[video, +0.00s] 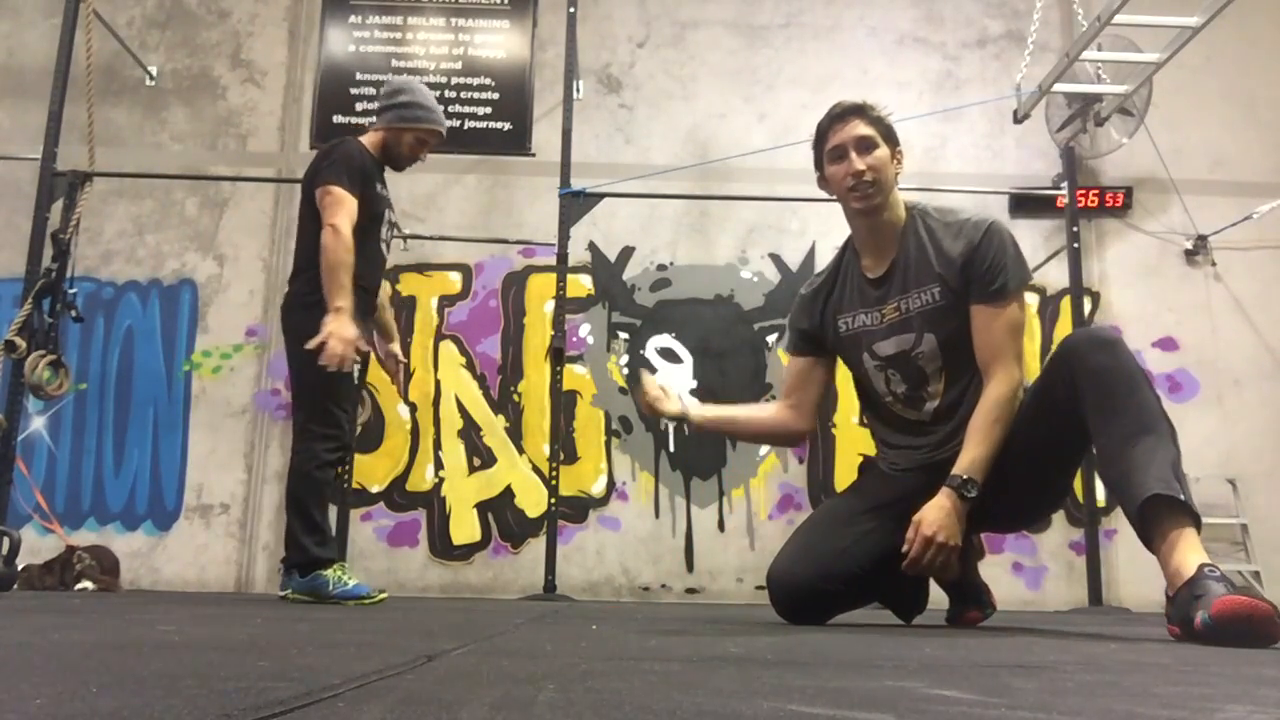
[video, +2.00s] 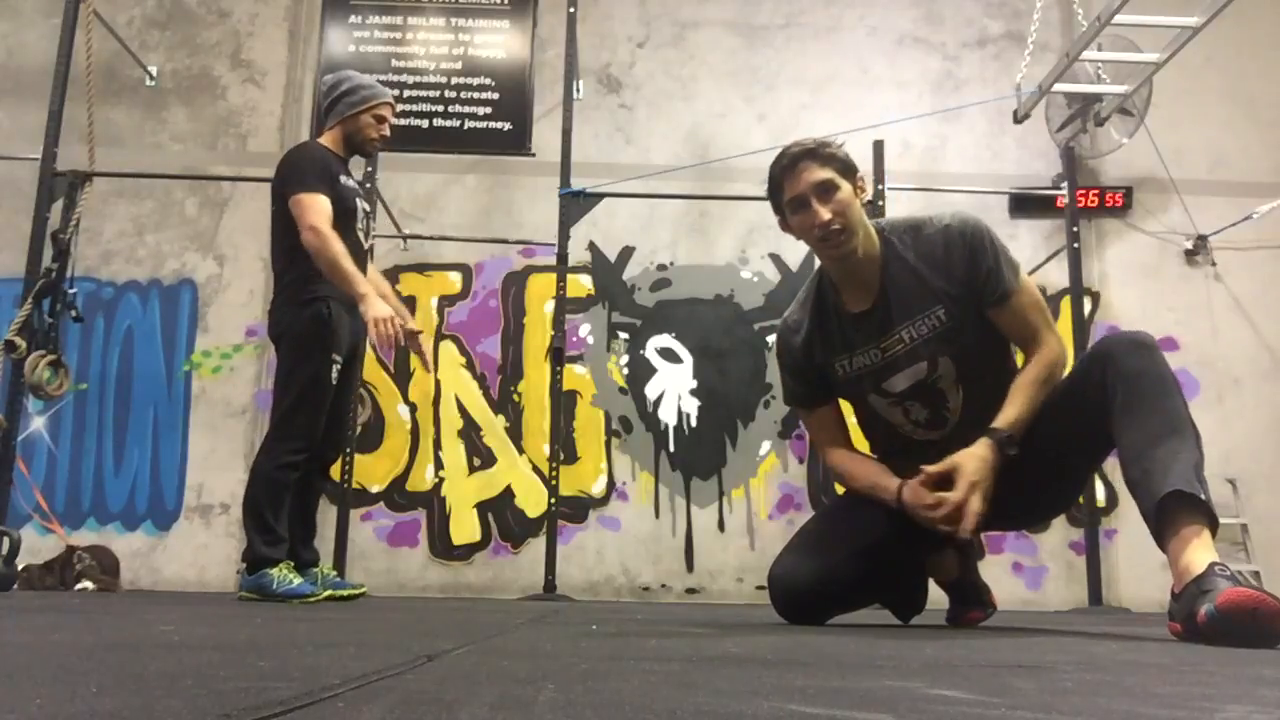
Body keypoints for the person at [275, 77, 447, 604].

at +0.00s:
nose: (423, 154)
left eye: (429, 147)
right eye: (421, 143)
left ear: (401, 132)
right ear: (395, 124)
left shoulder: (369, 174)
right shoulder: (346, 156)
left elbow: (370, 269)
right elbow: (334, 231)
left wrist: (387, 336)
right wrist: (340, 313)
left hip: (340, 321)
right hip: (323, 317)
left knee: (329, 441)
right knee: (322, 441)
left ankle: (314, 566)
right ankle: (308, 567)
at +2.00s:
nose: (386, 131)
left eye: (389, 122)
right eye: (378, 119)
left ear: (360, 120)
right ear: (344, 115)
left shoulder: (344, 176)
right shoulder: (307, 159)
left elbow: (359, 260)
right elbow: (315, 234)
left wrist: (397, 308)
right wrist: (365, 295)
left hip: (342, 319)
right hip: (311, 316)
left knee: (320, 445)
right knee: (291, 440)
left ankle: (301, 564)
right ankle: (263, 566)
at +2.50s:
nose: (387, 130)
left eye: (389, 121)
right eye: (379, 119)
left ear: (367, 123)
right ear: (347, 115)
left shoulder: (349, 176)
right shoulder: (309, 160)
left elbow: (358, 263)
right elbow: (308, 236)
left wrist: (392, 323)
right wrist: (336, 310)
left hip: (347, 325)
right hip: (314, 321)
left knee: (324, 448)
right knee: (293, 440)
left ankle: (303, 563)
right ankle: (263, 566)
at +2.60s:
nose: (387, 130)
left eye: (390, 121)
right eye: (379, 119)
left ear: (369, 123)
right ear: (347, 116)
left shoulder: (350, 177)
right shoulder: (309, 161)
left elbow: (358, 264)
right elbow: (307, 237)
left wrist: (394, 323)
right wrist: (338, 310)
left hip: (348, 326)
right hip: (314, 321)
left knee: (325, 448)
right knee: (294, 439)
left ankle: (302, 564)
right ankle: (263, 565)